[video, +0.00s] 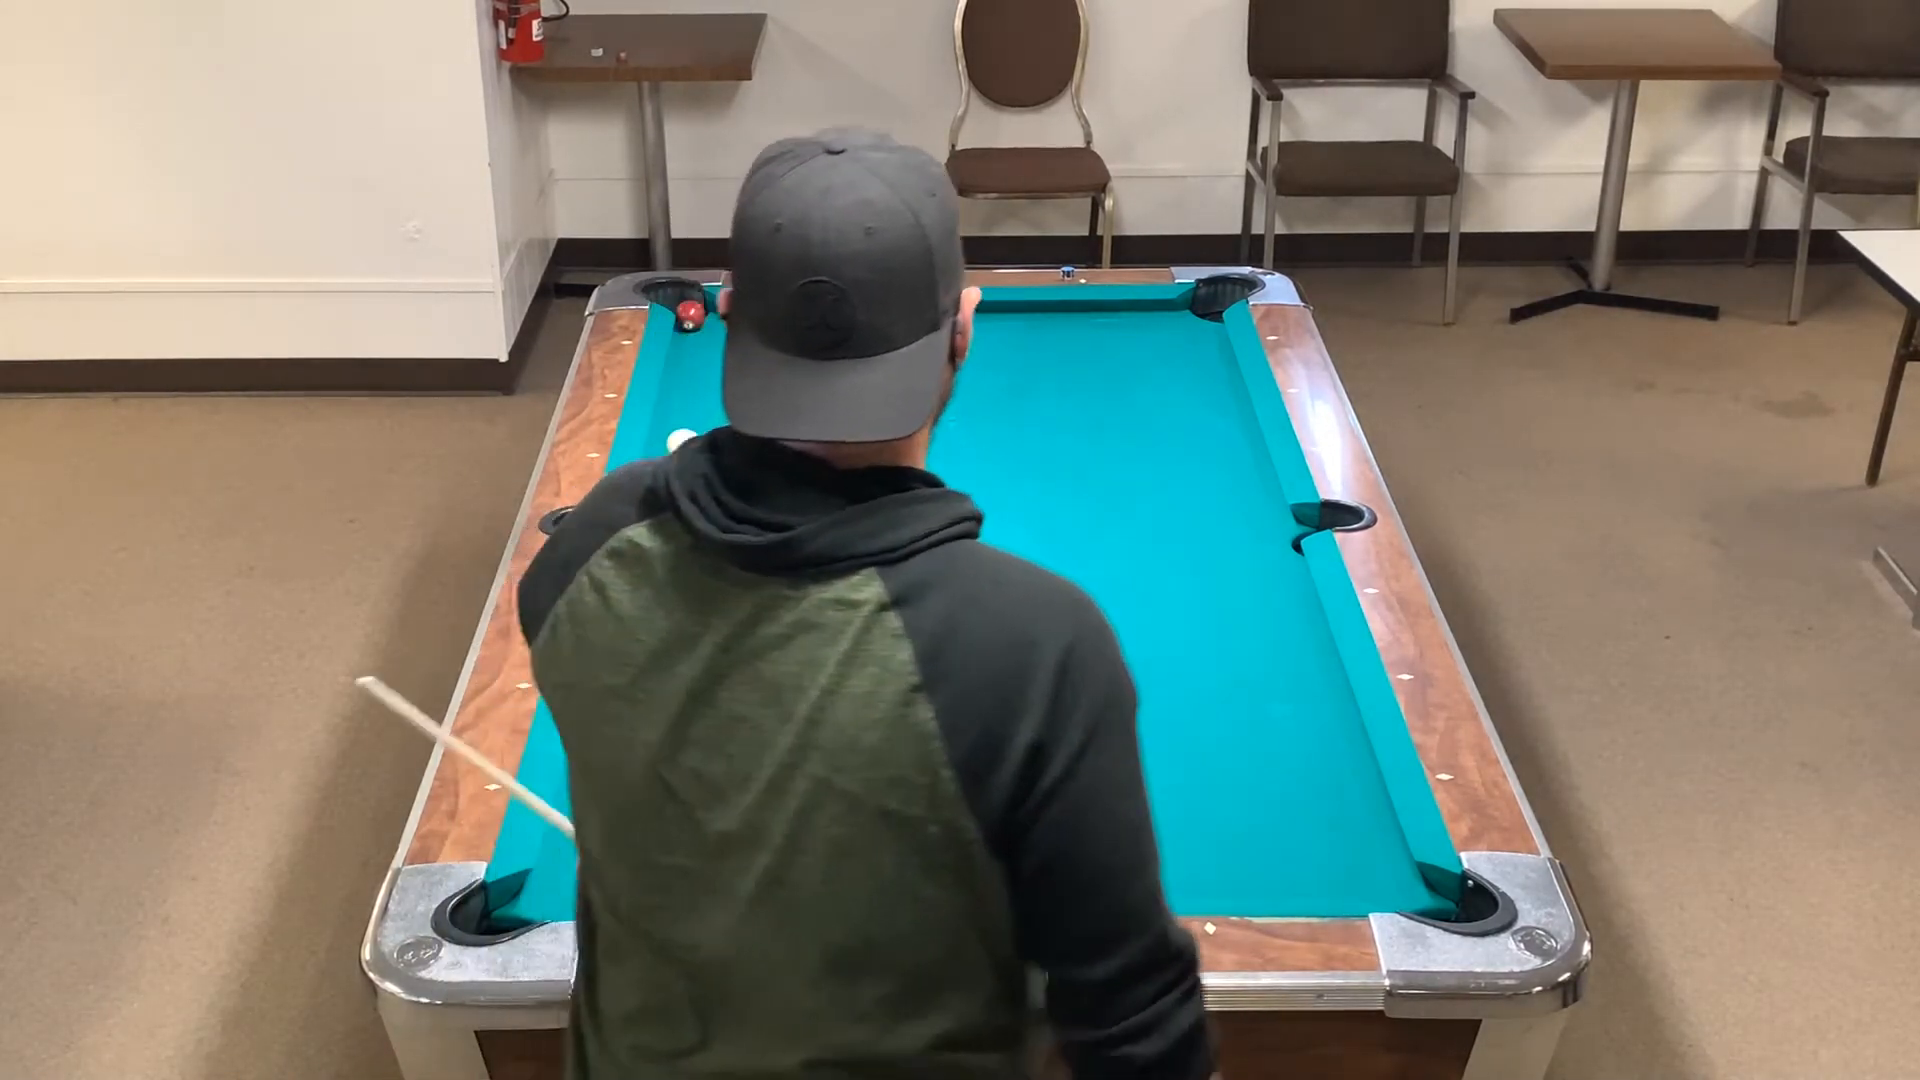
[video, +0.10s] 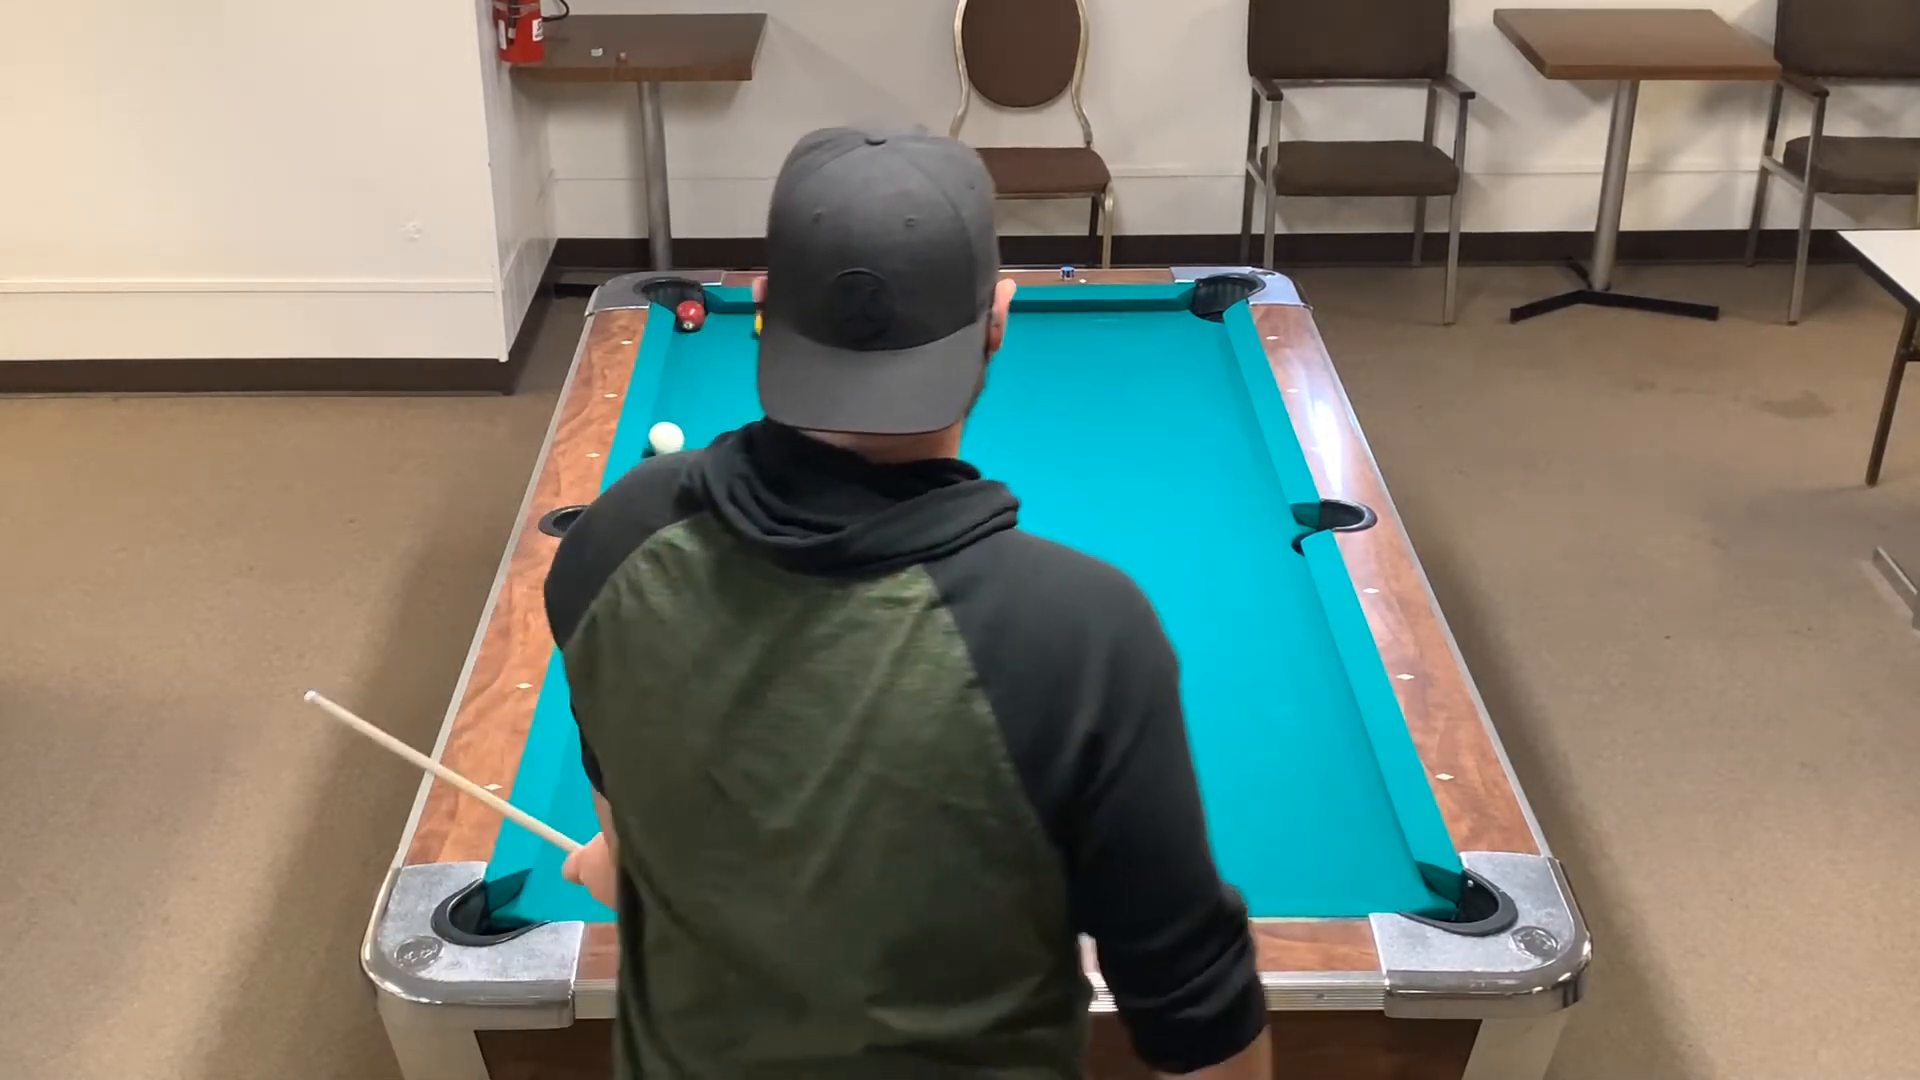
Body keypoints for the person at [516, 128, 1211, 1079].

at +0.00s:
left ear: (733, 307)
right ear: (960, 328)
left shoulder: (596, 559)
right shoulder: (1034, 649)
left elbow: (547, 592)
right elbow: (1133, 1024)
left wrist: (710, 464)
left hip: (635, 1058)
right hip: (931, 1060)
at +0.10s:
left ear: (765, 301)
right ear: (995, 319)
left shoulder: (619, 544)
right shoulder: (1079, 632)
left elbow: (620, 797)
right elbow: (1203, 1030)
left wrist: (617, 861)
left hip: (680, 1058)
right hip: (984, 1062)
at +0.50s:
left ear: (853, 280)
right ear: (1081, 306)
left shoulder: (710, 553)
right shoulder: (1202, 581)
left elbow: (645, 816)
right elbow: (1327, 914)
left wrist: (607, 959)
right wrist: (1364, 1069)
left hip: (782, 1060)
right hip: (1107, 1060)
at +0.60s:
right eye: (1105, 254)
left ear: (865, 279)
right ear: (1089, 299)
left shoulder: (721, 554)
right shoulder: (1214, 572)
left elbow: (649, 818)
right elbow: (1331, 886)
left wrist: (593, 973)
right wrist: (1366, 1061)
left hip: (787, 1057)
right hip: (1115, 1059)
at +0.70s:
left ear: (871, 273)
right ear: (1099, 295)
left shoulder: (727, 549)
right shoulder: (1217, 564)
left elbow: (645, 823)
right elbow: (1332, 878)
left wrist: (578, 985)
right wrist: (1358, 1057)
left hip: (788, 1057)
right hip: (1119, 1060)